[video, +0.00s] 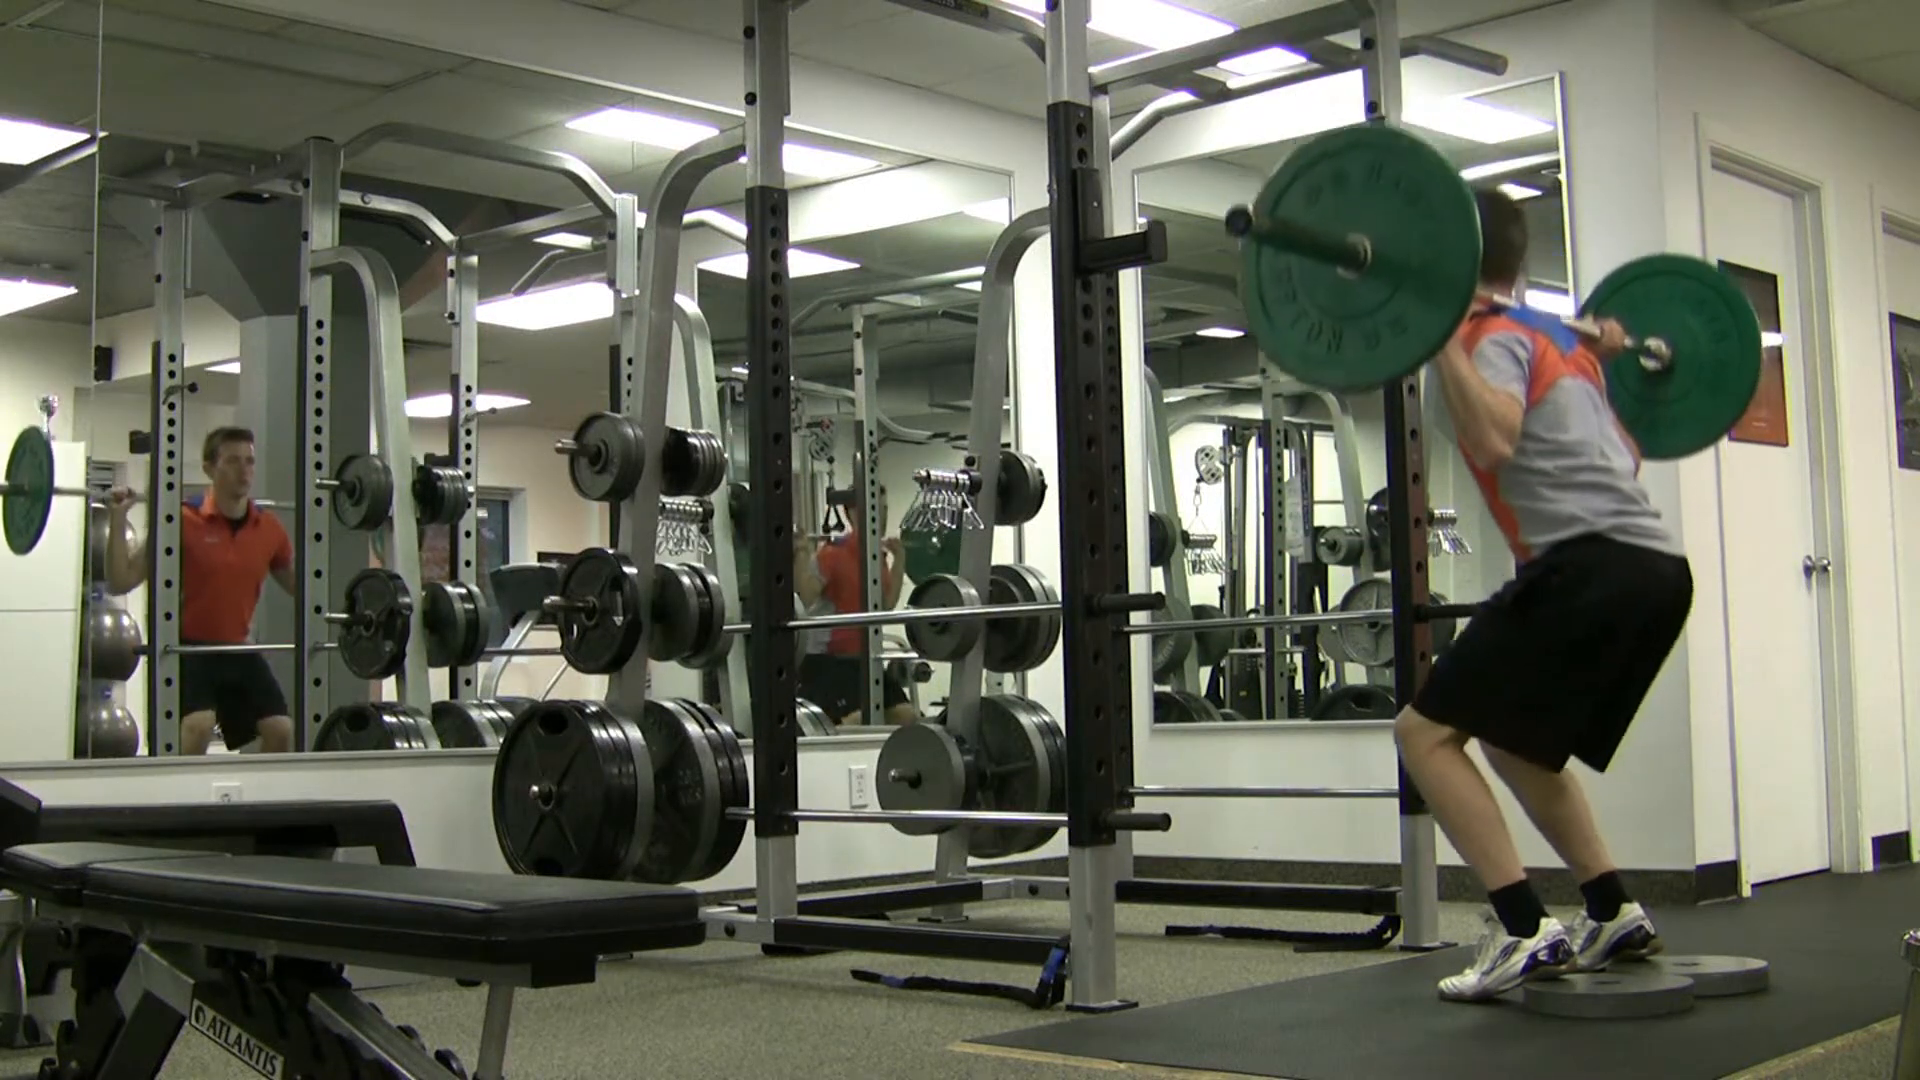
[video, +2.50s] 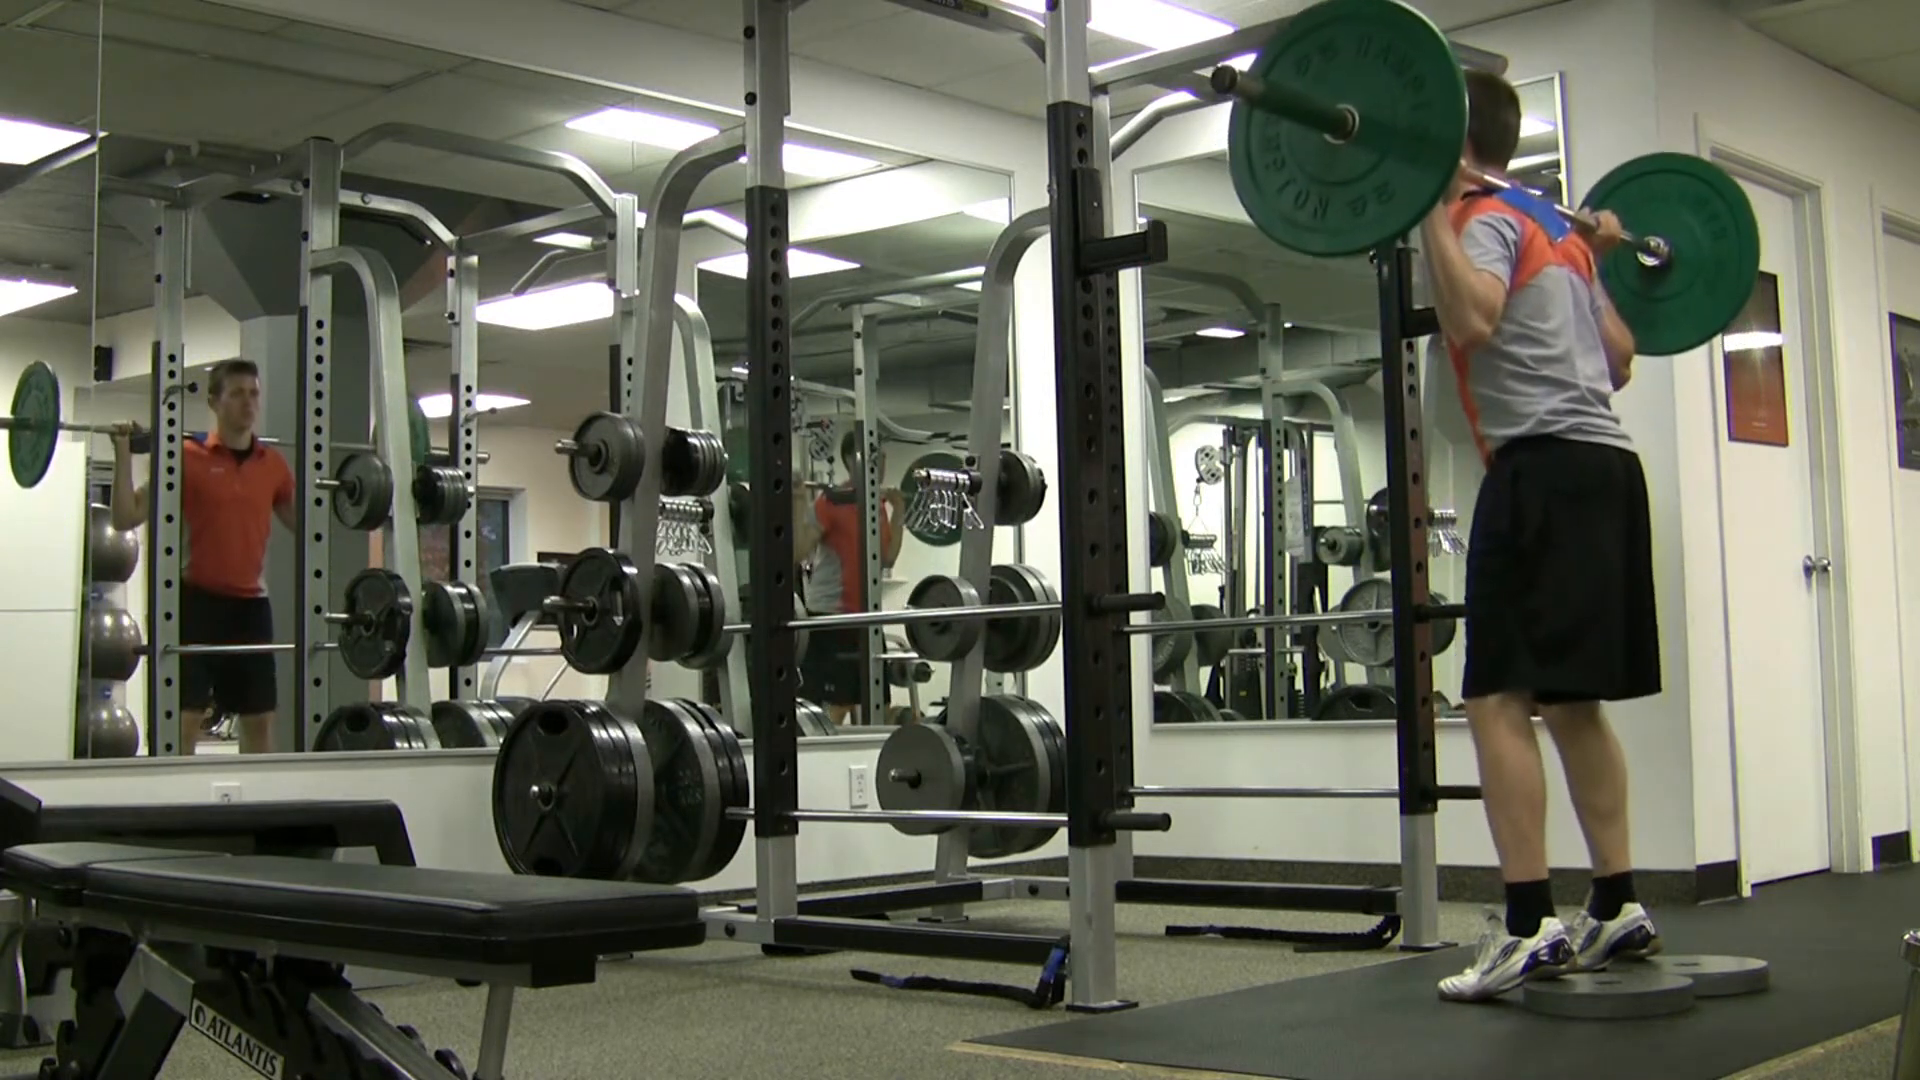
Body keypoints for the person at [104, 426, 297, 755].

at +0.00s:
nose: (245, 471)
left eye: (250, 461)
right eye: (234, 461)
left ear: (256, 467)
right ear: (209, 467)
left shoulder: (268, 527)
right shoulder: (181, 521)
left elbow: (301, 589)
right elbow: (121, 581)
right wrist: (118, 516)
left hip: (239, 652)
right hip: (187, 651)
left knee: (279, 730)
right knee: (198, 726)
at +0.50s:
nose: (248, 531)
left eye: (253, 522)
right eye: (237, 523)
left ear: (259, 526)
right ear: (213, 528)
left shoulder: (272, 588)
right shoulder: (183, 579)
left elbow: (302, 647)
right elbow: (124, 639)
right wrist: (120, 579)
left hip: (235, 693)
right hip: (181, 689)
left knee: (287, 737)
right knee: (205, 732)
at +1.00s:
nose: (251, 566)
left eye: (256, 557)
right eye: (240, 557)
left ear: (263, 561)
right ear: (215, 562)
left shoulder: (273, 618)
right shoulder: (185, 613)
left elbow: (306, 680)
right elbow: (121, 674)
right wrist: (124, 609)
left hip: (241, 716)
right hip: (187, 712)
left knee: (289, 741)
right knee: (205, 735)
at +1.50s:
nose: (251, 513)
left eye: (257, 503)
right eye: (239, 504)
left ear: (264, 508)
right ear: (216, 511)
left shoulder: (274, 568)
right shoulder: (185, 562)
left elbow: (309, 631)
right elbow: (121, 621)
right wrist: (126, 561)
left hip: (240, 678)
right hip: (187, 675)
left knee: (285, 733)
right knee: (207, 729)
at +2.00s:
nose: (250, 443)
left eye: (255, 435)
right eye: (239, 434)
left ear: (262, 441)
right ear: (215, 442)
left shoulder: (273, 502)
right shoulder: (185, 494)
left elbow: (309, 564)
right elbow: (124, 558)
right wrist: (123, 490)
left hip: (243, 633)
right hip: (188, 632)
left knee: (271, 719)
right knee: (198, 715)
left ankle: (270, 803)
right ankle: (178, 803)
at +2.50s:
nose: (249, 402)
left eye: (254, 394)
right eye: (238, 394)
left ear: (261, 401)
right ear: (214, 402)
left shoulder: (272, 462)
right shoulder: (187, 456)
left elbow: (308, 528)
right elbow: (126, 517)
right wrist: (123, 452)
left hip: (250, 605)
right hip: (195, 602)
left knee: (259, 722)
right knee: (187, 721)